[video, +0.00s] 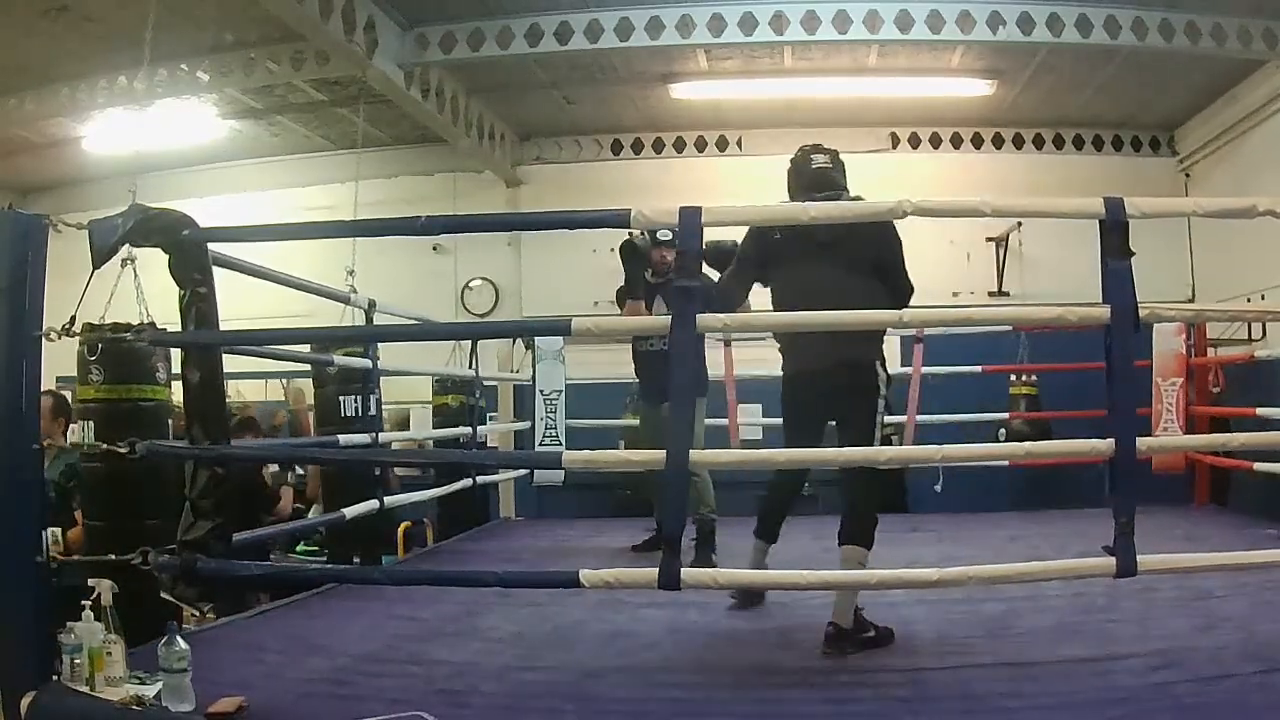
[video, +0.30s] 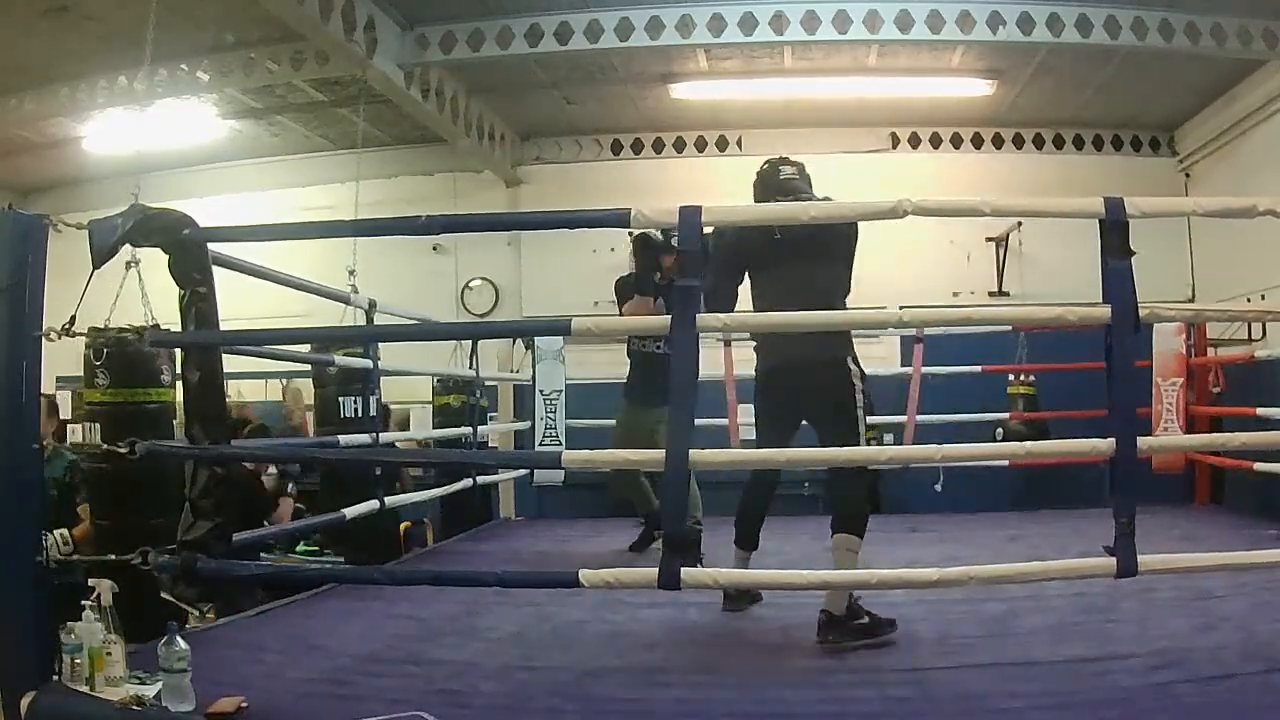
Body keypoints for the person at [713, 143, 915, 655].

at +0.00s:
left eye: (801, 172)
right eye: (829, 167)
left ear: (792, 182)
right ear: (842, 178)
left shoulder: (771, 227)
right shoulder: (873, 220)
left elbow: (729, 297)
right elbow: (900, 293)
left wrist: (705, 282)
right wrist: (852, 285)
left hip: (799, 371)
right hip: (857, 369)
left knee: (791, 469)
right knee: (862, 485)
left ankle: (751, 576)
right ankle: (844, 621)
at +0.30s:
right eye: (801, 182)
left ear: (759, 195)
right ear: (808, 187)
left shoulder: (741, 231)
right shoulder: (840, 223)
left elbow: (719, 303)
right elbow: (836, 292)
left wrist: (727, 242)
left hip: (775, 371)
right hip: (829, 368)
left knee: (764, 470)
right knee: (852, 479)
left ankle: (736, 583)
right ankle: (839, 609)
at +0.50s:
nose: (825, 205)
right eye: (829, 194)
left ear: (784, 198)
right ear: (836, 198)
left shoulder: (758, 237)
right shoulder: (857, 239)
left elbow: (721, 296)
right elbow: (845, 308)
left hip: (771, 379)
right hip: (827, 377)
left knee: (770, 471)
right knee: (859, 485)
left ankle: (738, 581)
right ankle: (864, 620)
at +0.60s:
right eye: (830, 189)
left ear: (784, 194)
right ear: (837, 192)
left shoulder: (757, 237)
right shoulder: (857, 236)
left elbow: (735, 311)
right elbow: (852, 309)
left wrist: (754, 336)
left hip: (774, 378)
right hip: (832, 379)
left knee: (770, 471)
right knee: (862, 485)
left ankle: (738, 579)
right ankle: (864, 616)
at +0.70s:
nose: (758, 203)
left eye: (761, 195)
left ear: (767, 195)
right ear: (817, 189)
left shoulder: (754, 236)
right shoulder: (852, 227)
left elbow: (735, 311)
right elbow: (857, 304)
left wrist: (717, 281)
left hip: (786, 381)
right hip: (846, 379)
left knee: (767, 476)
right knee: (867, 489)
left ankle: (739, 581)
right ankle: (865, 616)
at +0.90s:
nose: (766, 211)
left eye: (755, 204)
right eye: (785, 190)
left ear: (746, 206)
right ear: (798, 194)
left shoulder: (741, 248)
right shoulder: (836, 227)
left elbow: (738, 326)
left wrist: (717, 251)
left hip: (796, 380)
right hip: (856, 375)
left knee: (777, 475)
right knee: (884, 475)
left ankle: (739, 579)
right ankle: (880, 604)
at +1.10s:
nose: (819, 220)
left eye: (798, 210)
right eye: (826, 209)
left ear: (785, 213)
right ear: (836, 213)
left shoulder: (762, 259)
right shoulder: (862, 257)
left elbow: (725, 319)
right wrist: (820, 226)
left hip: (787, 405)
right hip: (844, 401)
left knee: (790, 481)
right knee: (898, 495)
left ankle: (734, 572)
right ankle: (915, 615)